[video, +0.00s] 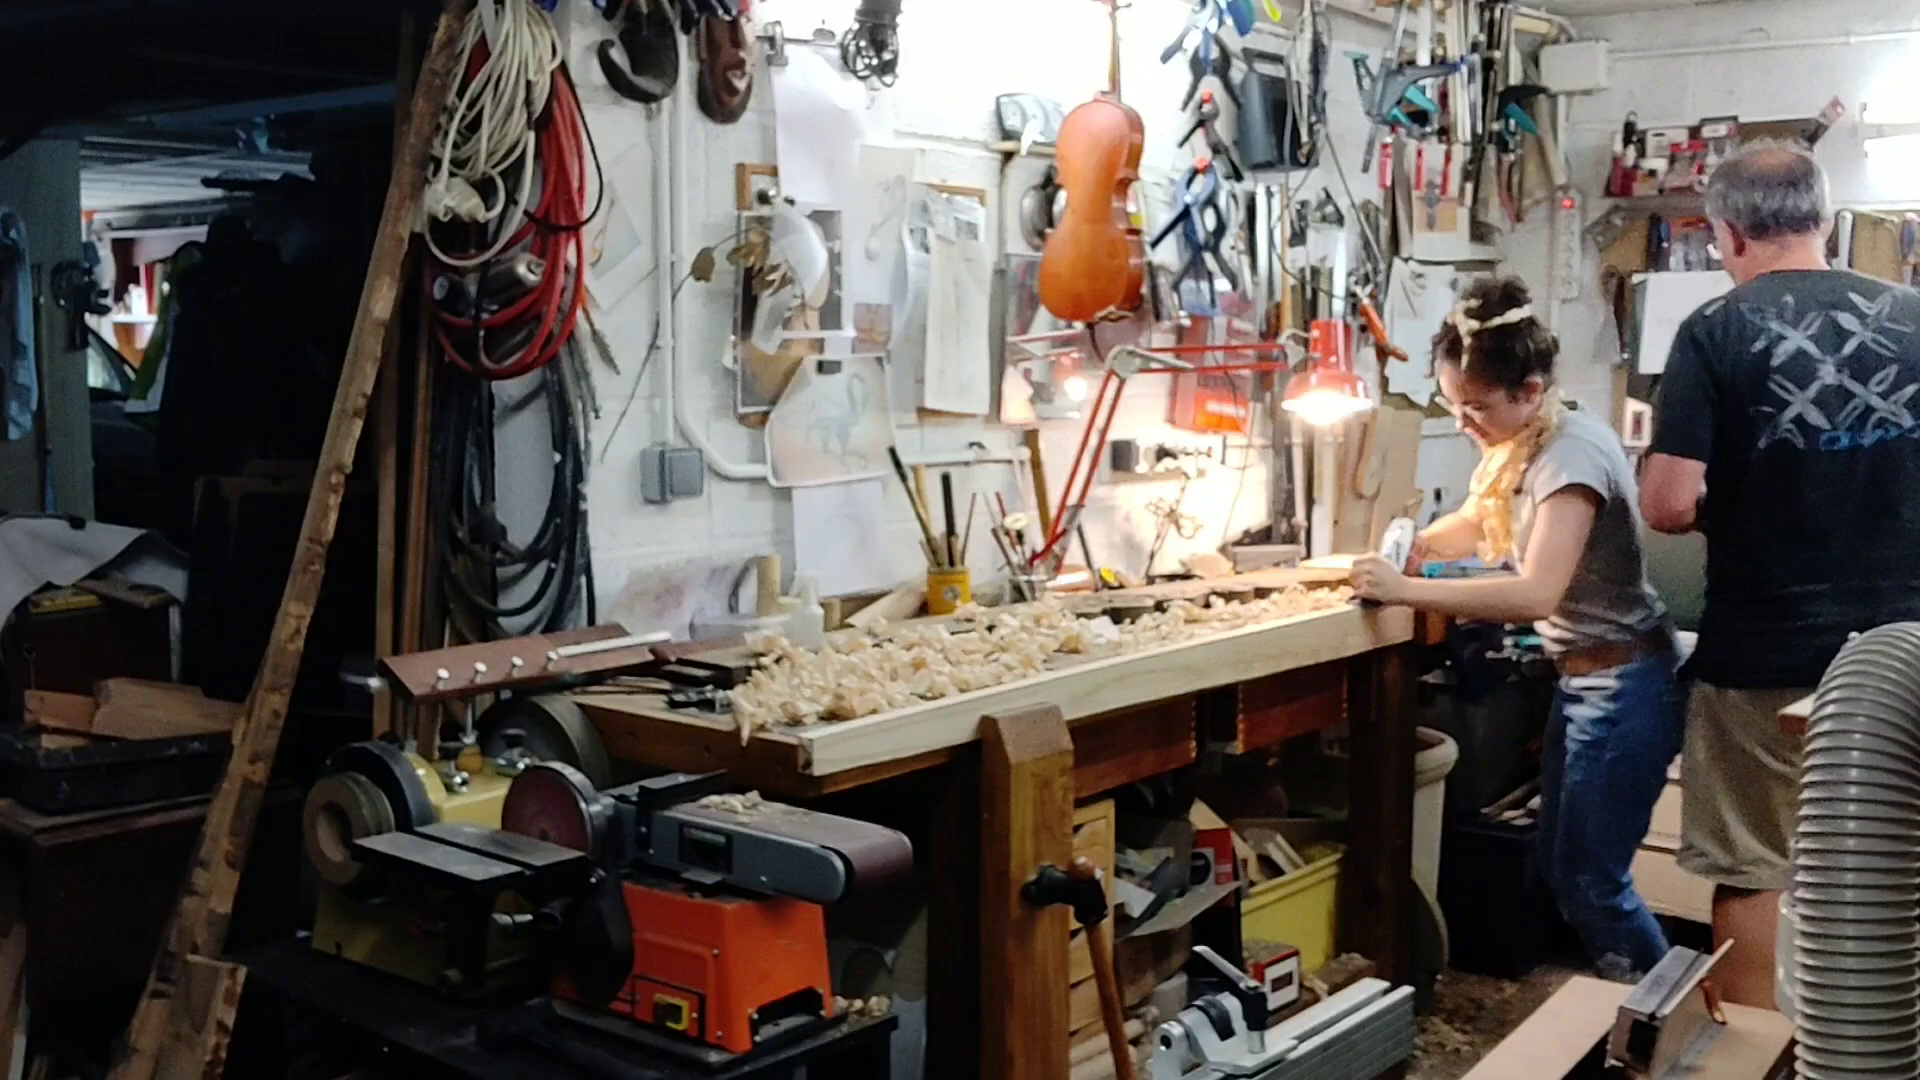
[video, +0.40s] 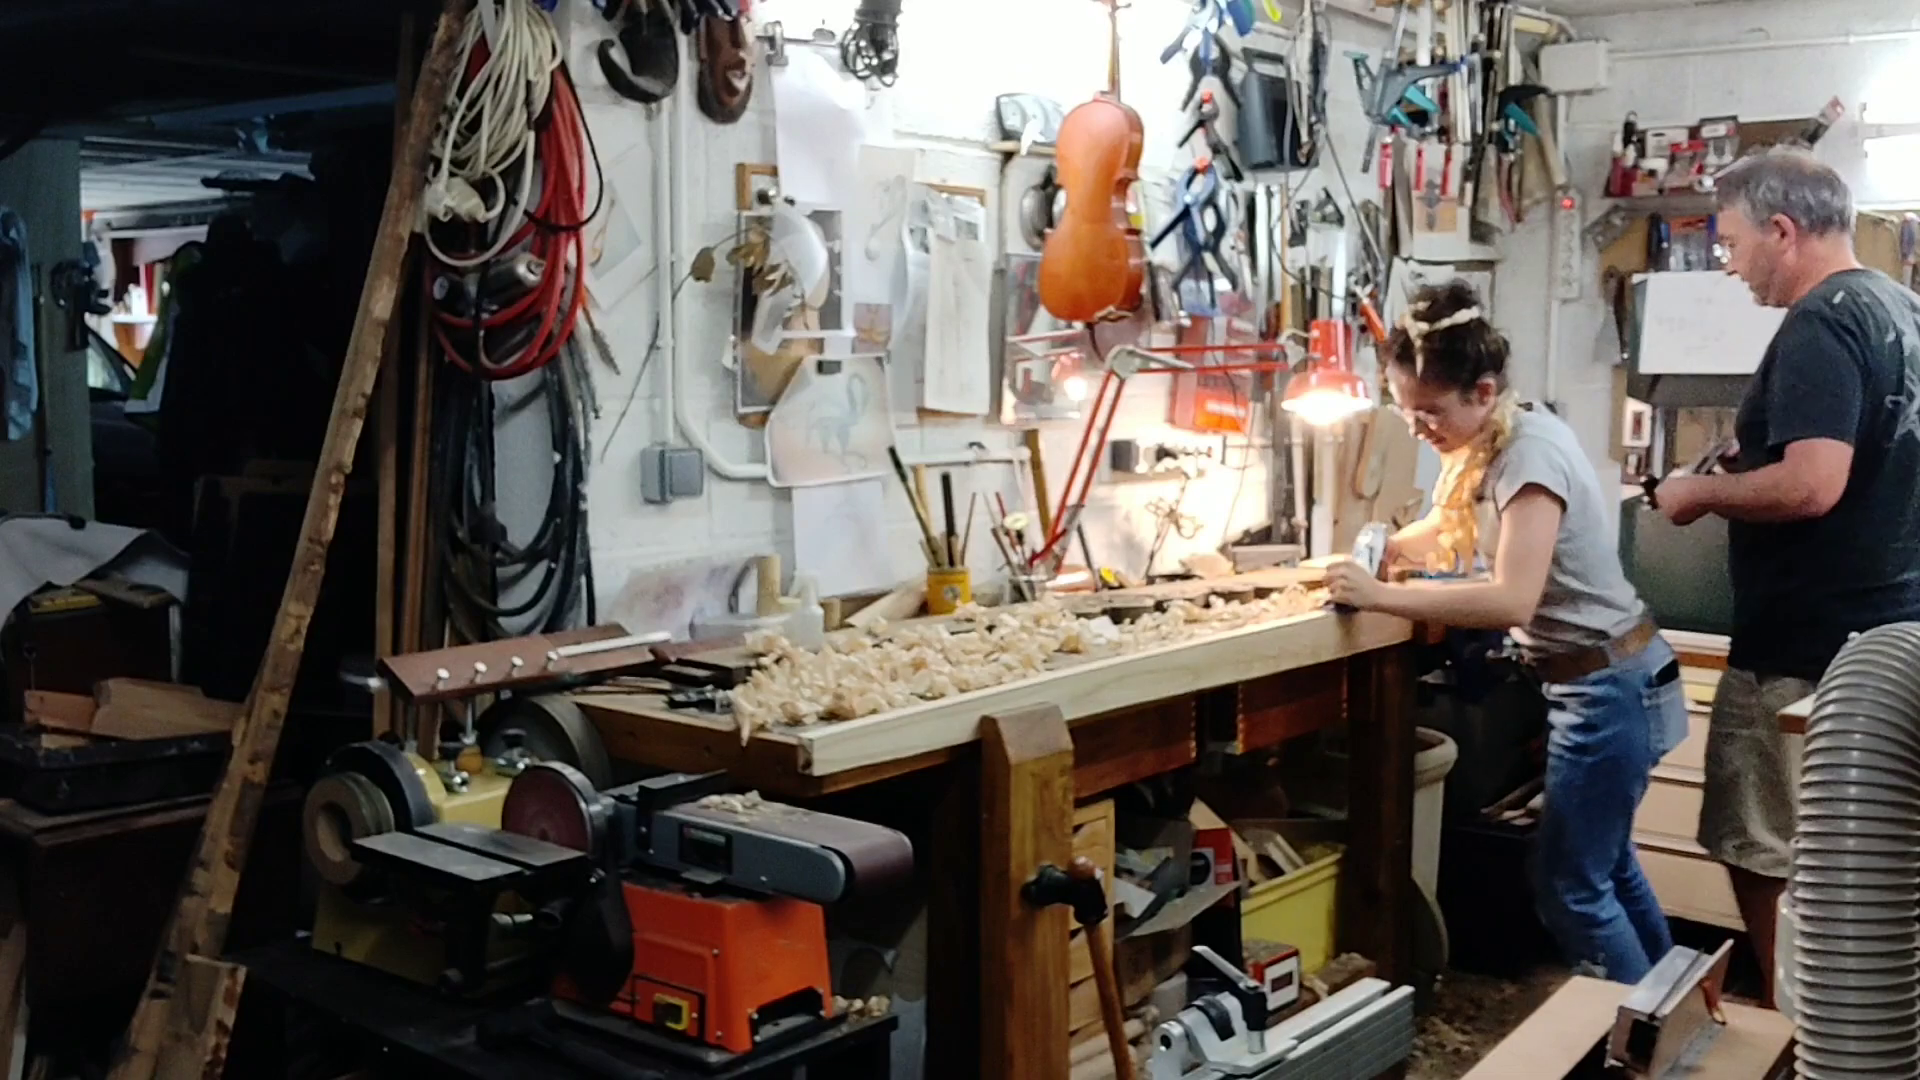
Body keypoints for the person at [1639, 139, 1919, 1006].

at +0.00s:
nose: (1718, 253)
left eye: (1716, 237)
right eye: (1715, 238)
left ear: (1732, 235)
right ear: (1824, 224)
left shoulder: (1718, 328)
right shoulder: (1909, 312)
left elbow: (1667, 505)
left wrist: (1739, 486)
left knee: (1753, 878)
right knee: (1890, 874)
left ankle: (1751, 1065)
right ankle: (1877, 1059)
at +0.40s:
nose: (1729, 264)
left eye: (1731, 241)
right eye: (1724, 245)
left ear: (1785, 228)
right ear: (1808, 229)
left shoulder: (1825, 319)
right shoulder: (1890, 306)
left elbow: (1810, 483)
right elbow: (1854, 469)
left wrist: (1705, 492)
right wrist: (1736, 468)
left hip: (1803, 654)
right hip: (1880, 646)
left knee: (1763, 856)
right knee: (1856, 851)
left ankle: (1784, 1024)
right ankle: (1845, 1027)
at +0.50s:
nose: (1715, 266)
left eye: (1721, 243)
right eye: (1712, 247)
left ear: (1780, 233)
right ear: (1796, 235)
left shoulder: (1825, 322)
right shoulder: (1877, 315)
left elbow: (1821, 487)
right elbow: (1849, 479)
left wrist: (1697, 491)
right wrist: (1719, 474)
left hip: (1791, 663)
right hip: (1857, 657)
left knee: (1764, 866)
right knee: (1836, 860)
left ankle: (1783, 1028)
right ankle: (1825, 1026)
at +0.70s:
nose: (1690, 268)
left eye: (1698, 245)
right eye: (1687, 250)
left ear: (1761, 231)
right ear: (1764, 236)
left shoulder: (1824, 322)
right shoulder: (1794, 322)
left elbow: (1833, 484)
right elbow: (1778, 469)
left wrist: (1683, 484)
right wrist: (1675, 462)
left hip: (1789, 660)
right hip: (1764, 650)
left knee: (1771, 868)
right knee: (1764, 862)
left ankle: (1789, 1035)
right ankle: (1779, 1025)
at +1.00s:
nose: (1653, 268)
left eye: (1666, 249)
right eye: (1647, 252)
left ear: (1733, 237)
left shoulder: (1812, 326)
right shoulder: (1700, 335)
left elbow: (1861, 476)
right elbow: (1697, 457)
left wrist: (1694, 480)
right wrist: (1630, 460)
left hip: (1762, 650)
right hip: (1674, 632)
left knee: (1754, 845)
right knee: (1673, 820)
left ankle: (1783, 1010)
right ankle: (1677, 982)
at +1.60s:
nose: (1630, 250)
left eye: (1649, 230)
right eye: (1618, 234)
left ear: (1704, 229)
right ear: (1609, 243)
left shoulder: (1777, 313)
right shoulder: (1615, 337)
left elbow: (1852, 453)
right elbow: (1562, 466)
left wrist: (1722, 464)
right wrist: (1581, 466)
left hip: (1737, 628)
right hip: (1631, 625)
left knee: (1743, 823)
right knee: (1667, 809)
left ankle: (1754, 1004)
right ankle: (1676, 971)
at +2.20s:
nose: (1617, 259)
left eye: (1636, 239)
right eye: (1605, 242)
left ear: (1691, 234)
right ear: (1596, 244)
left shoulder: (1765, 316)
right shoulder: (1615, 334)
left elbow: (1806, 461)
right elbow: (1577, 443)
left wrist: (1658, 481)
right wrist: (1568, 468)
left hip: (1732, 626)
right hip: (1626, 620)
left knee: (1746, 818)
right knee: (1658, 806)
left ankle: (1756, 996)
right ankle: (1678, 968)